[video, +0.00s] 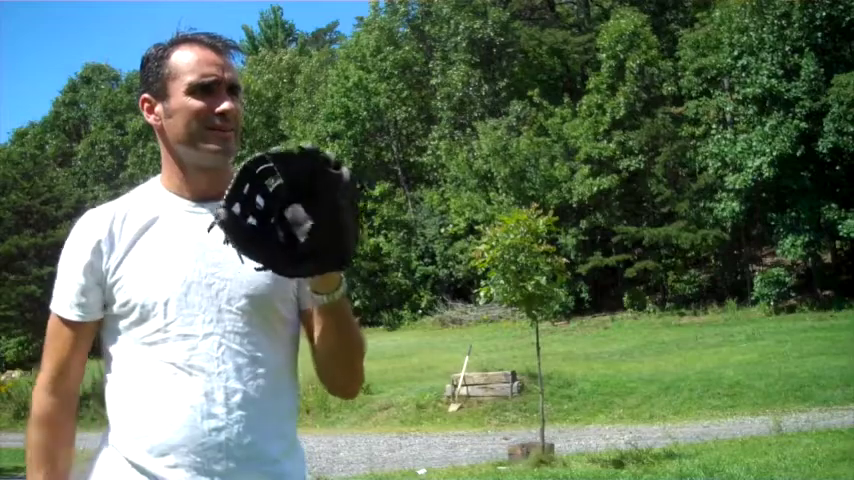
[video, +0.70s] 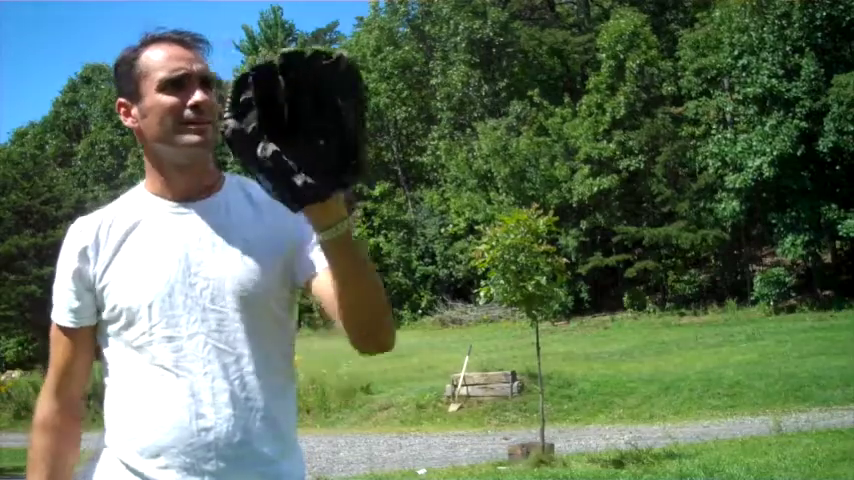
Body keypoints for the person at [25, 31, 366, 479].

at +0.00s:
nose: (227, 106)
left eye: (233, 91)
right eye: (205, 90)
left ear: (242, 104)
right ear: (154, 111)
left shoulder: (283, 223)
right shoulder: (103, 232)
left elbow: (347, 383)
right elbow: (56, 389)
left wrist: (328, 282)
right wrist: (45, 477)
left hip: (272, 470)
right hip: (141, 470)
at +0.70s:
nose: (201, 98)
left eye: (208, 84)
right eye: (176, 86)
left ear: (221, 99)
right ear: (130, 113)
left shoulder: (283, 216)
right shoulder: (94, 238)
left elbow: (375, 337)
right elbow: (62, 401)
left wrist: (329, 210)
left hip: (267, 469)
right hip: (141, 471)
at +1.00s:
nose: (169, 102)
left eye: (179, 88)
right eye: (147, 91)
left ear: (194, 98)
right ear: (107, 112)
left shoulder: (267, 200)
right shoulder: (87, 245)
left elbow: (354, 307)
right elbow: (77, 396)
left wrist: (273, 227)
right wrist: (48, 474)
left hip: (258, 465)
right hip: (136, 469)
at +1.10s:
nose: (149, 113)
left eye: (162, 95)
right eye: (128, 100)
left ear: (185, 108)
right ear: (97, 120)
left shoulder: (259, 203)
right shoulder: (87, 233)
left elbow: (329, 349)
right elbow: (80, 382)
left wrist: (234, 271)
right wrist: (58, 432)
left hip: (254, 466)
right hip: (133, 469)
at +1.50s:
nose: (120, 144)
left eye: (137, 121)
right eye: (104, 126)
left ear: (180, 116)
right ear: (92, 127)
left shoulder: (265, 217)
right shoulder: (79, 244)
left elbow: (315, 378)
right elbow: (67, 419)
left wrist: (255, 339)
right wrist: (67, 371)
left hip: (245, 468)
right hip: (123, 469)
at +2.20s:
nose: (145, 118)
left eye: (159, 100)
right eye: (125, 104)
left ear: (184, 114)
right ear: (97, 125)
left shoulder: (249, 213)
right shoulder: (89, 238)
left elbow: (308, 367)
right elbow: (85, 397)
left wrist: (187, 354)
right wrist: (40, 378)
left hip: (236, 468)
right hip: (120, 469)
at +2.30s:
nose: (143, 115)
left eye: (159, 98)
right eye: (124, 101)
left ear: (184, 115)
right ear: (97, 123)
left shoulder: (244, 208)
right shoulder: (99, 236)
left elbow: (285, 368)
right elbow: (114, 392)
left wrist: (130, 354)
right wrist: (43, 417)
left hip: (228, 469)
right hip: (123, 468)